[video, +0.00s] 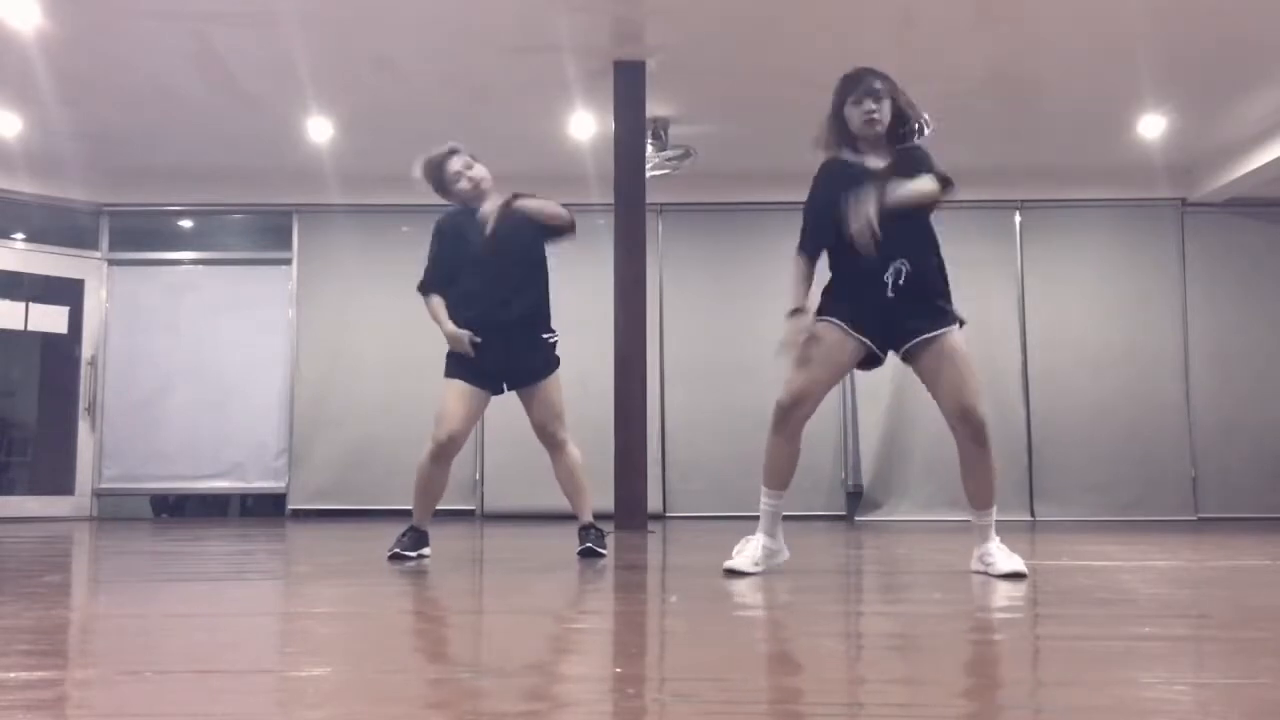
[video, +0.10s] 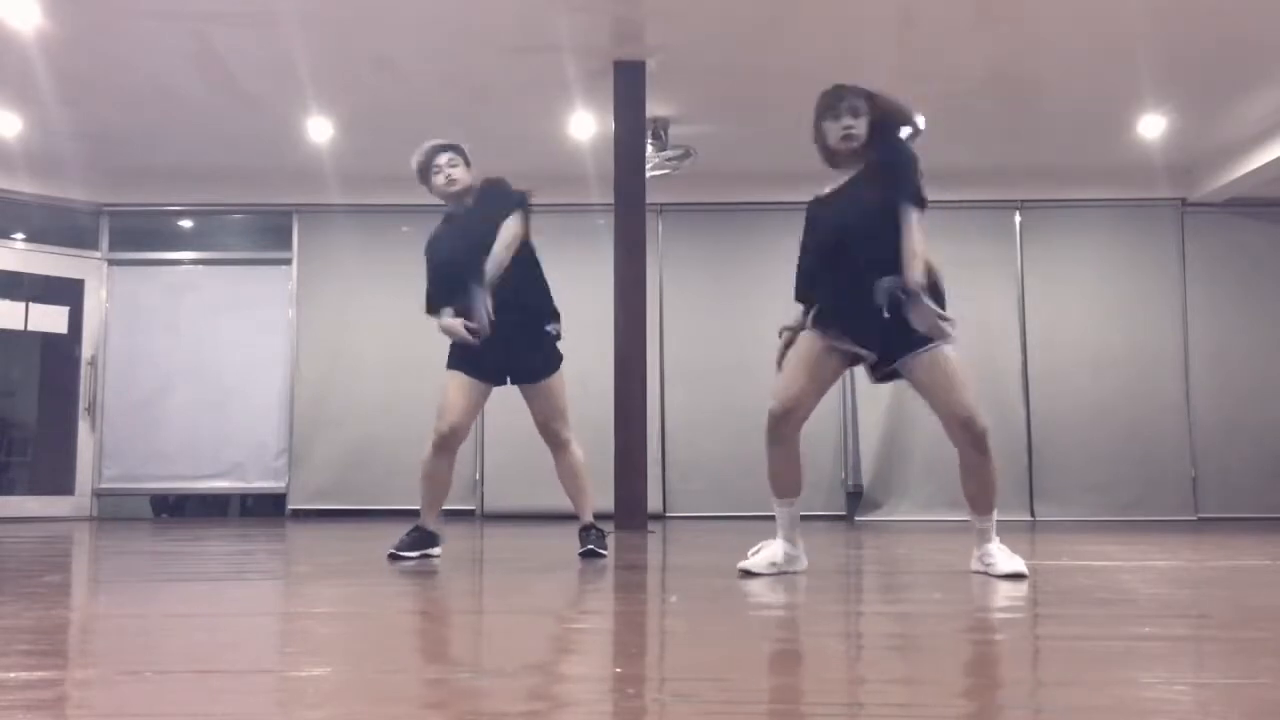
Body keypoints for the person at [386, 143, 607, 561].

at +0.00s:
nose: (470, 176)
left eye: (470, 165)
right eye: (457, 178)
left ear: (483, 164)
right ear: (449, 195)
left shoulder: (523, 212)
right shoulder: (450, 227)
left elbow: (564, 220)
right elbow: (431, 287)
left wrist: (512, 204)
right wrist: (449, 328)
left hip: (529, 342)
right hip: (473, 347)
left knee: (554, 434)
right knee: (445, 439)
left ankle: (588, 527)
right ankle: (417, 531)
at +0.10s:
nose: (446, 172)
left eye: (453, 164)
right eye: (436, 171)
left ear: (470, 170)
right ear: (430, 188)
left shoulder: (496, 192)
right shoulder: (440, 241)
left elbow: (514, 230)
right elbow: (438, 300)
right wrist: (447, 321)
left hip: (528, 331)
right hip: (475, 339)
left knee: (557, 432)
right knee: (447, 431)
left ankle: (589, 526)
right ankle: (426, 530)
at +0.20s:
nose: (440, 176)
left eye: (448, 168)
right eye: (431, 173)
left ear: (466, 174)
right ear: (425, 186)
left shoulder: (476, 210)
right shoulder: (450, 224)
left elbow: (500, 256)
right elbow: (454, 280)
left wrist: (500, 323)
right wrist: (443, 320)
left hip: (515, 330)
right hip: (470, 337)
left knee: (554, 432)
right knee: (432, 427)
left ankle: (594, 523)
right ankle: (435, 531)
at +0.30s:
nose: (439, 171)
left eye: (447, 163)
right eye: (431, 167)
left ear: (467, 169)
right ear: (426, 179)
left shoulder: (470, 201)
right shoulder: (443, 222)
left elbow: (491, 234)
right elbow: (429, 274)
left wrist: (475, 290)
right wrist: (416, 305)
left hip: (485, 329)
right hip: (450, 334)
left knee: (505, 427)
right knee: (420, 429)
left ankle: (584, 502)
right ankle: (433, 532)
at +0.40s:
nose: (432, 166)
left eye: (440, 159)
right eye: (424, 164)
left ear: (459, 166)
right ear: (418, 176)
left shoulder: (471, 197)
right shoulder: (419, 221)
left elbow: (493, 180)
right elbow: (392, 232)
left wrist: (453, 185)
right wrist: (371, 238)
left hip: (473, 314)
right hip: (436, 316)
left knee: (454, 405)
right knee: (416, 426)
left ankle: (517, 500)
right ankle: (433, 530)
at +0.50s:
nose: (429, 158)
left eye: (438, 150)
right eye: (421, 155)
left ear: (459, 160)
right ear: (416, 168)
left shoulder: (465, 200)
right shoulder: (416, 216)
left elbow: (474, 178)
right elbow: (383, 248)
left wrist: (481, 139)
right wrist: (398, 212)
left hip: (468, 315)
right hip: (432, 320)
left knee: (424, 385)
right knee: (422, 417)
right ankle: (434, 527)